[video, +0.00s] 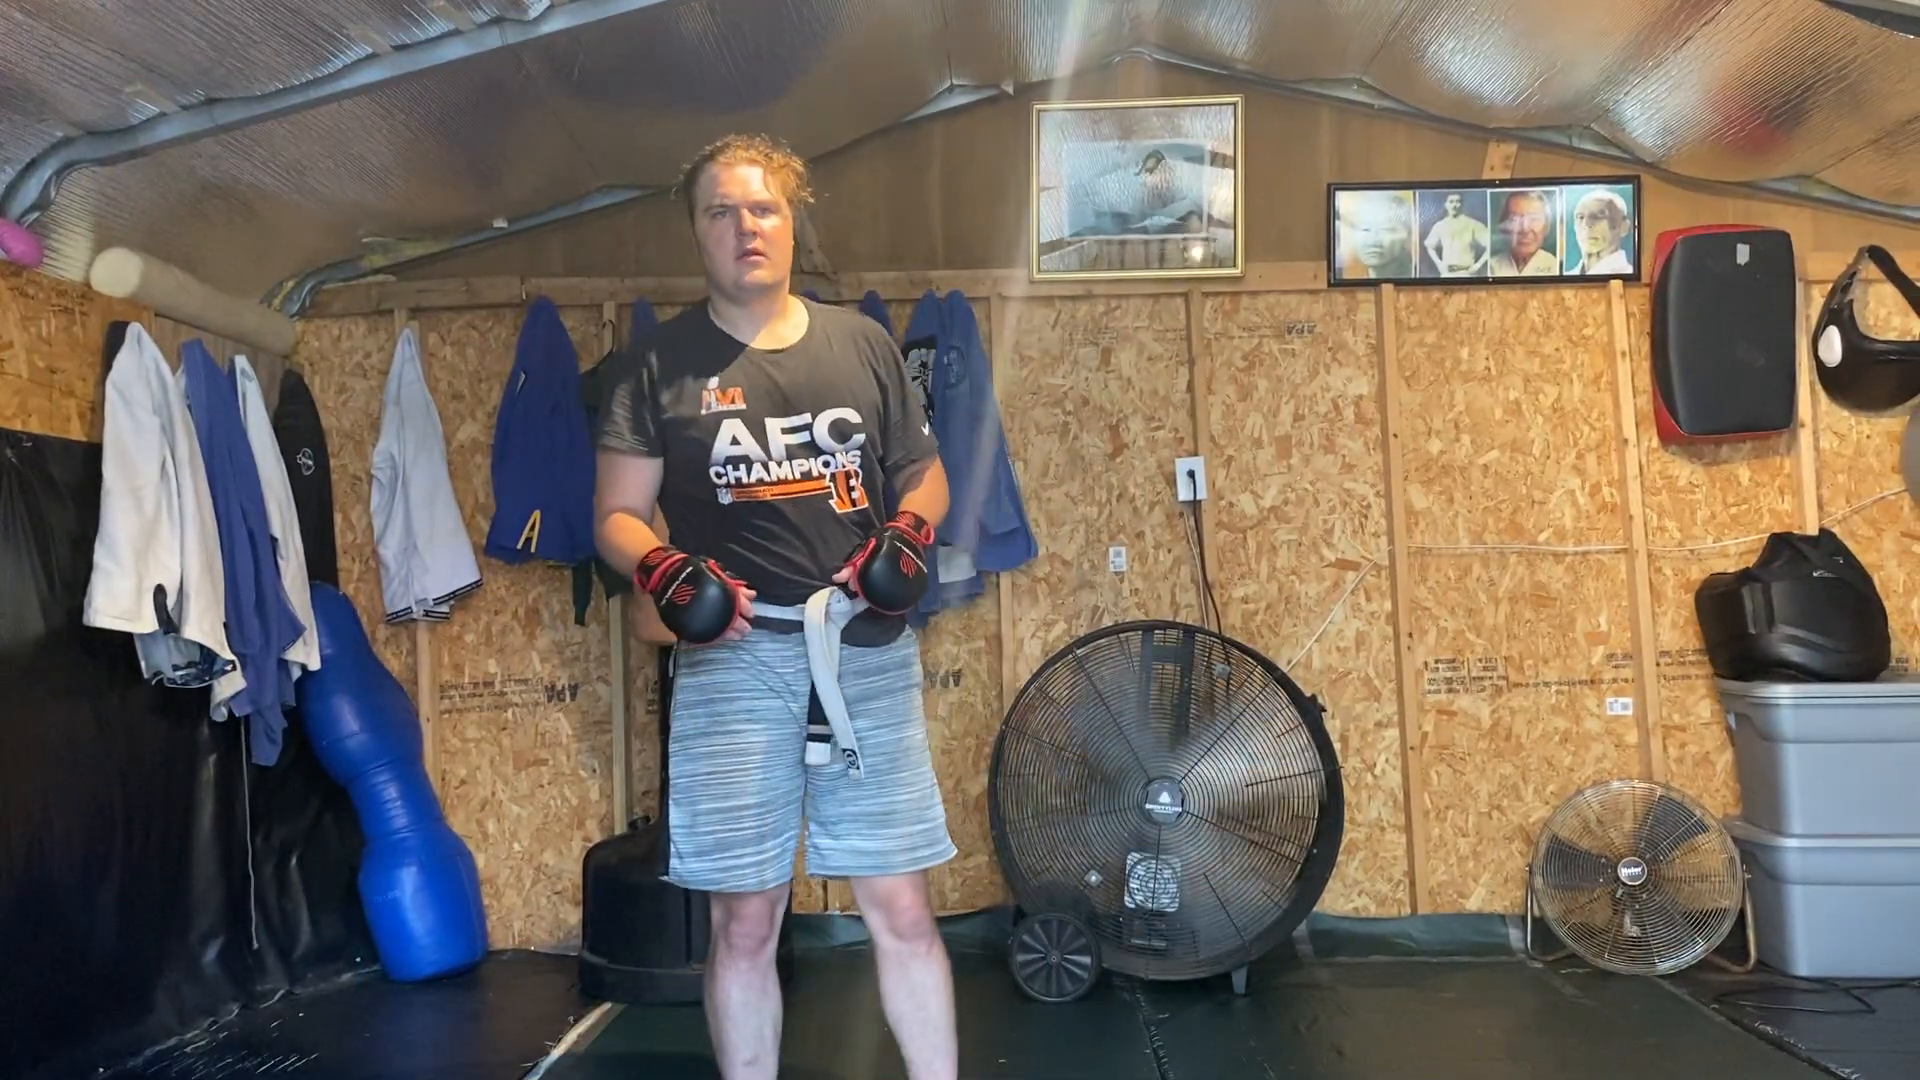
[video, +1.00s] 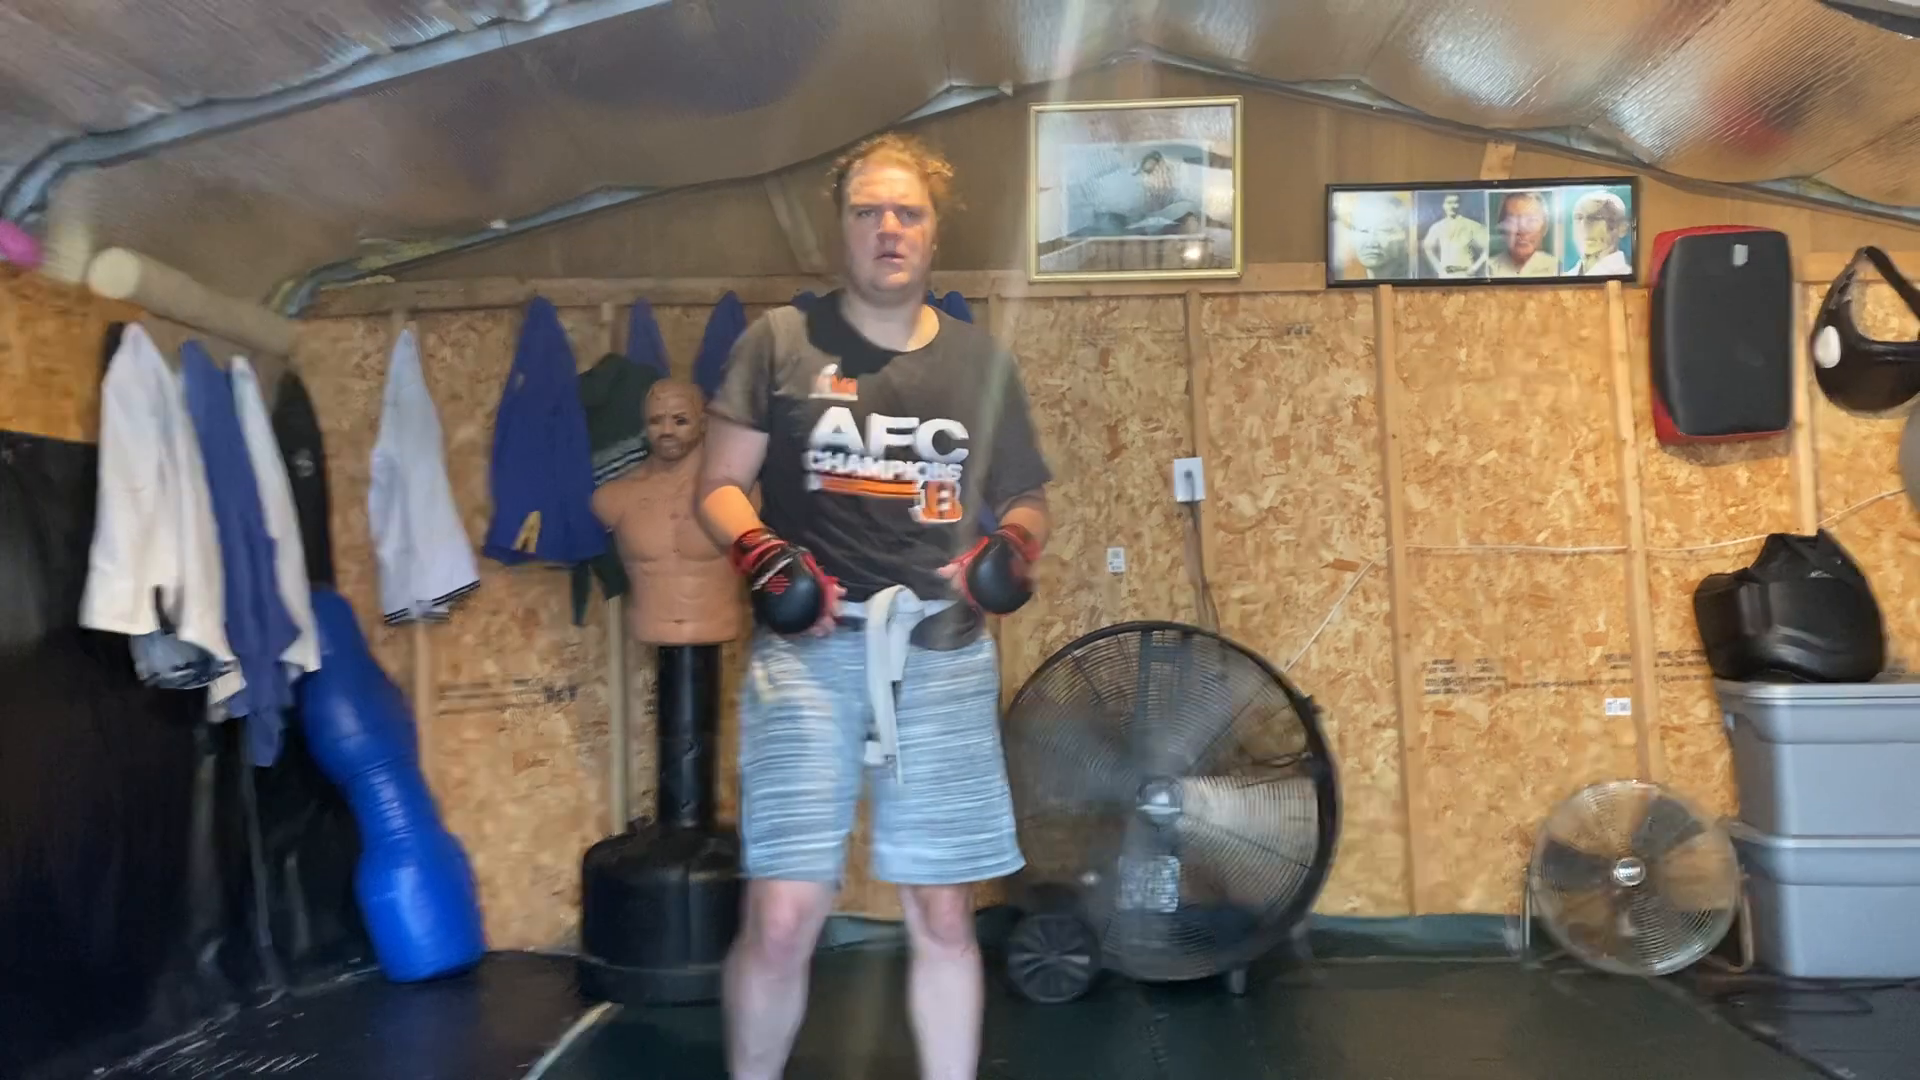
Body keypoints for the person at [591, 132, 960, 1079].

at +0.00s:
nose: (748, 227)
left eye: (765, 210)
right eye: (725, 213)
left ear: (795, 227)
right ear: (698, 235)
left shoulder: (866, 344)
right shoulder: (654, 365)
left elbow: (922, 472)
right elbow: (619, 517)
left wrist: (906, 541)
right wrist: (667, 572)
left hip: (867, 650)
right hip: (733, 658)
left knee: (903, 908)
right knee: (746, 922)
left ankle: (938, 1077)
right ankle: (751, 1079)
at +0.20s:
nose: (779, 225)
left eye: (798, 209)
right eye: (758, 211)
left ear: (826, 230)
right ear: (729, 233)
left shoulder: (889, 351)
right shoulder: (678, 356)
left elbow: (940, 482)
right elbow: (634, 503)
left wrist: (924, 542)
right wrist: (692, 558)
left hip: (884, 653)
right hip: (749, 659)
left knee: (914, 910)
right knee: (757, 924)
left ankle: (942, 1079)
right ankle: (755, 1079)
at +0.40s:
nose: (815, 225)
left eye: (832, 209)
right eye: (793, 210)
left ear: (859, 230)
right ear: (766, 233)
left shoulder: (918, 357)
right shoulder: (713, 350)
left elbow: (964, 488)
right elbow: (660, 497)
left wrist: (947, 544)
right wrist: (712, 553)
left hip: (903, 655)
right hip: (769, 657)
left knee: (923, 913)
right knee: (772, 926)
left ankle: (945, 1077)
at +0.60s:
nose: (846, 225)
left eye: (864, 210)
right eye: (825, 210)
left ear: (891, 230)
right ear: (796, 232)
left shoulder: (949, 360)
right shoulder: (741, 348)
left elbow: (993, 493)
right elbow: (688, 492)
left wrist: (974, 544)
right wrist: (735, 551)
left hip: (926, 652)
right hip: (791, 654)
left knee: (934, 911)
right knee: (785, 925)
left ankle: (949, 1077)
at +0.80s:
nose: (873, 226)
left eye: (891, 212)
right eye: (853, 210)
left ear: (919, 234)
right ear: (824, 232)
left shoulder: (969, 358)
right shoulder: (766, 346)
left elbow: (1014, 492)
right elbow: (708, 490)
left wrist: (1001, 548)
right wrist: (758, 556)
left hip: (941, 655)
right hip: (806, 656)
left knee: (944, 913)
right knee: (793, 929)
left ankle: (953, 1079)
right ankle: (771, 1079)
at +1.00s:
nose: (888, 230)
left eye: (907, 214)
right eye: (869, 212)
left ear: (936, 234)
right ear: (840, 230)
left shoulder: (984, 363)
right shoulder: (778, 344)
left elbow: (1024, 498)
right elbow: (721, 484)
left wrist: (1011, 556)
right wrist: (762, 554)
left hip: (943, 656)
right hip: (807, 648)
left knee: (945, 913)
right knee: (786, 915)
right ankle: (751, 1076)